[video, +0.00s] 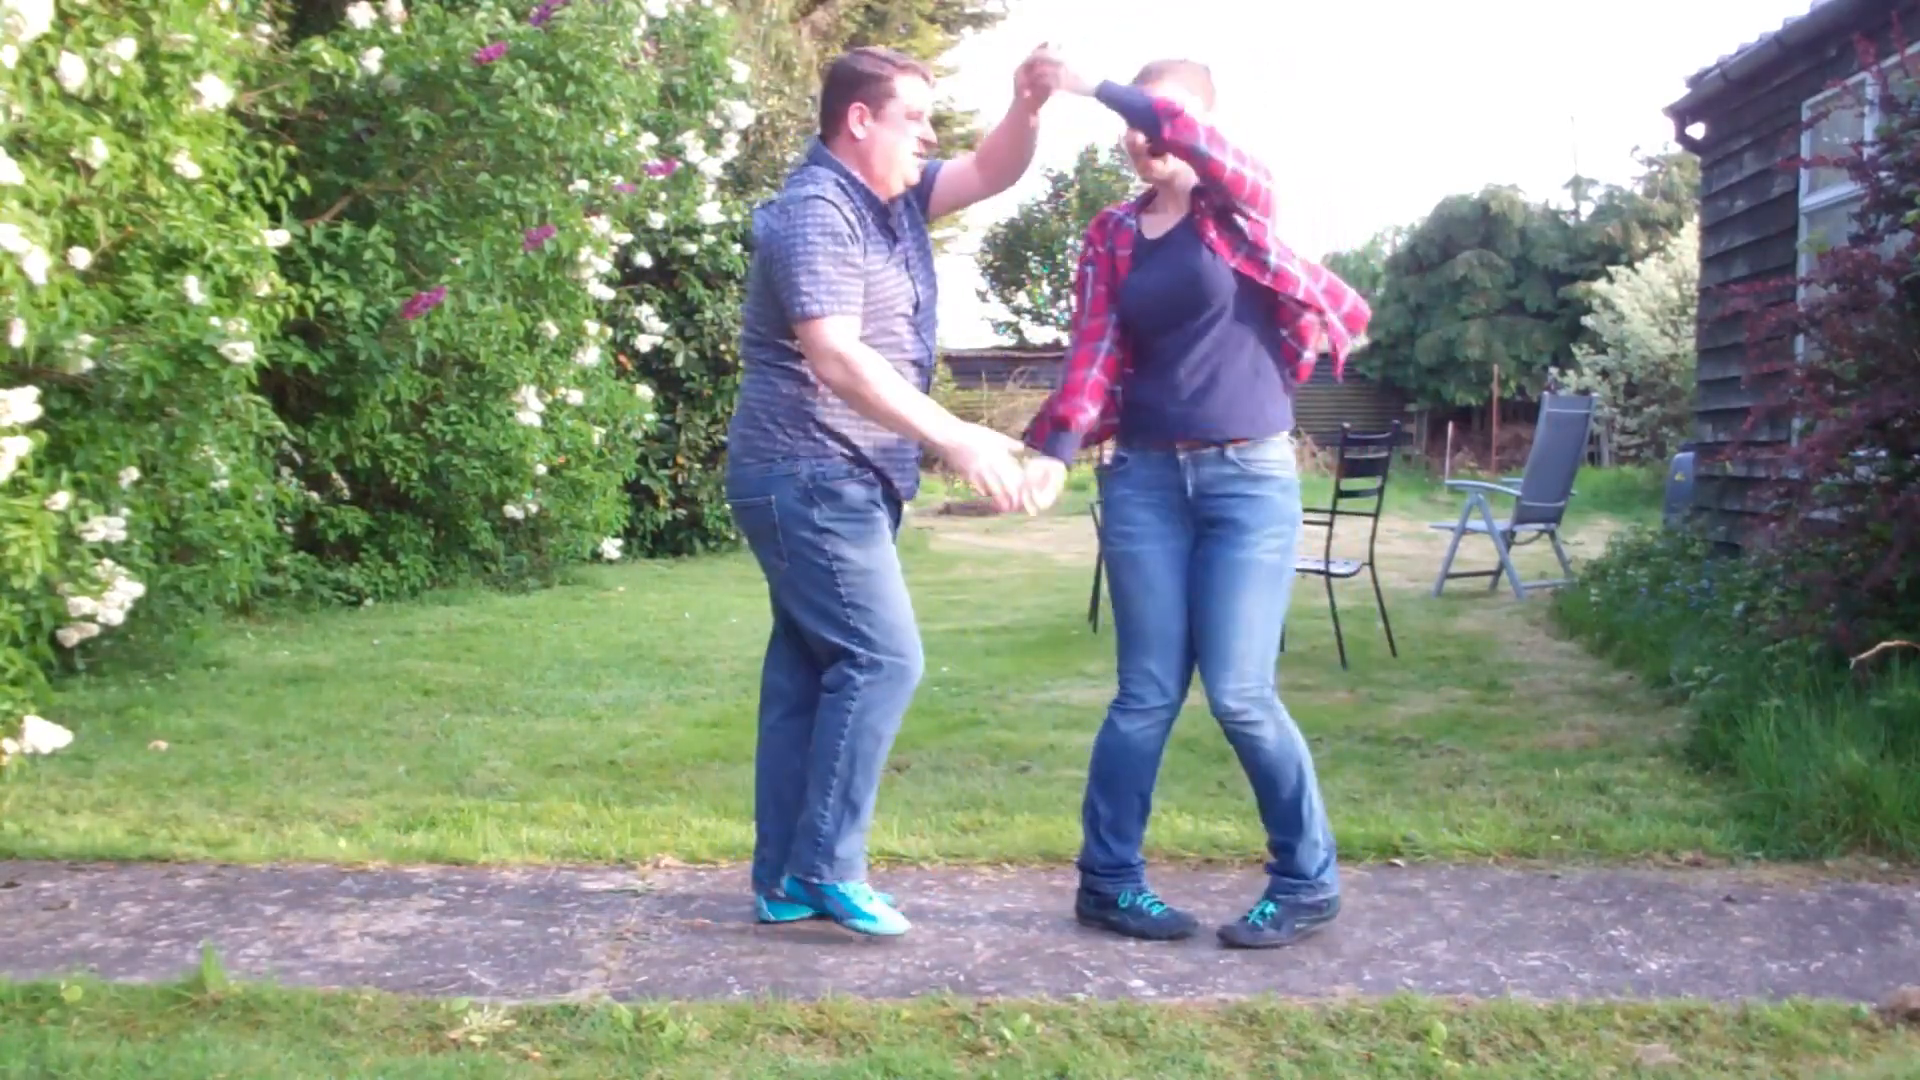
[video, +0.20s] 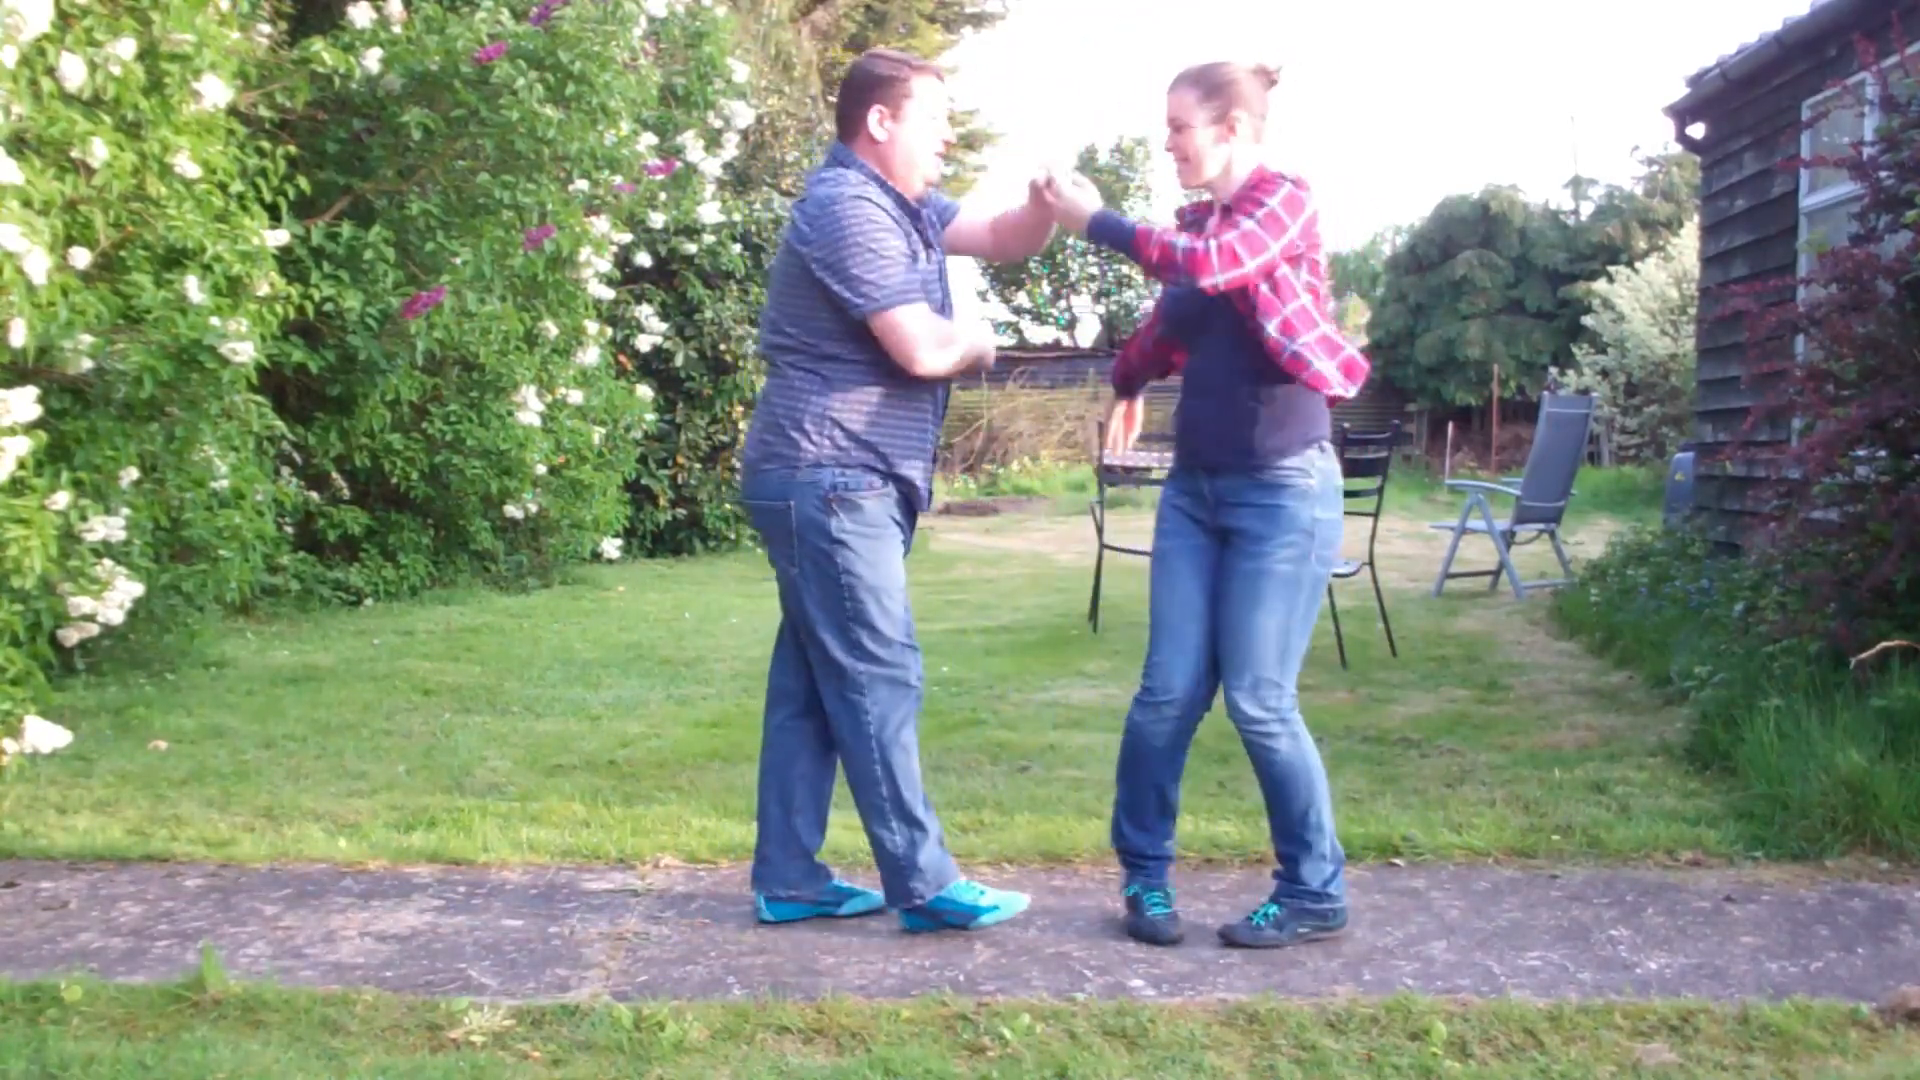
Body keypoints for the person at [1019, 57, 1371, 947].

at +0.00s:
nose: (1149, 137)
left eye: (1165, 122)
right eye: (1140, 121)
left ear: (1205, 128)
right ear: (1125, 135)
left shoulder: (1242, 205)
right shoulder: (1112, 230)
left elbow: (1188, 127)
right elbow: (1092, 352)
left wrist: (1095, 86)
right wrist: (1052, 449)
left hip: (1252, 476)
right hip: (1143, 479)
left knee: (1237, 691)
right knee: (1148, 691)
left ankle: (1308, 881)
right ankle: (1108, 880)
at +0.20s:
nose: (1169, 146)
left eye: (1182, 130)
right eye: (1168, 130)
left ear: (1236, 129)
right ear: (1201, 134)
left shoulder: (1285, 200)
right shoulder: (1193, 229)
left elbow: (1210, 263)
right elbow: (1165, 334)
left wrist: (1095, 220)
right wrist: (1127, 381)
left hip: (1287, 489)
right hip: (1194, 488)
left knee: (1257, 696)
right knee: (1168, 691)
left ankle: (1314, 891)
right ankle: (1144, 877)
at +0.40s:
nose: (1200, 149)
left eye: (1210, 131)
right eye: (1198, 134)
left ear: (1263, 130)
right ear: (1258, 132)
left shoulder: (1298, 212)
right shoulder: (1258, 218)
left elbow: (1225, 335)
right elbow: (1219, 187)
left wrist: (1121, 327)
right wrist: (1181, 148)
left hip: (1303, 484)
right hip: (1250, 486)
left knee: (1256, 696)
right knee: (1200, 686)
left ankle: (1312, 894)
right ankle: (1330, 831)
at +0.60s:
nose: (1241, 141)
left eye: (1252, 124)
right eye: (1243, 127)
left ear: (1301, 126)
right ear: (1299, 131)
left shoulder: (1318, 211)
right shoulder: (1309, 204)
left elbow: (1260, 348)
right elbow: (1222, 189)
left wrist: (1153, 377)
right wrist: (1186, 106)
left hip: (1316, 467)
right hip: (1328, 464)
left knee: (1272, 684)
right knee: (1318, 679)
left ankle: (1311, 889)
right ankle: (1432, 828)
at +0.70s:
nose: (1253, 135)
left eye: (1265, 120)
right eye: (1254, 122)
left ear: (1317, 128)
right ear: (1314, 130)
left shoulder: (1337, 214)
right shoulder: (1315, 211)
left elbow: (1280, 350)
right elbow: (1214, 217)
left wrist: (1174, 396)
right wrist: (1176, 134)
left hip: (1339, 466)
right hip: (1344, 464)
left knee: (1285, 679)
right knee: (1354, 680)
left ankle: (1310, 890)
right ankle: (1445, 843)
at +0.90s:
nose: (1265, 132)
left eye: (1278, 118)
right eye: (1266, 118)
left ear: (1331, 127)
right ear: (1317, 127)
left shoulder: (1361, 218)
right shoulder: (1297, 209)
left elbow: (1317, 351)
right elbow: (1201, 207)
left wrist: (1215, 422)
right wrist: (1174, 141)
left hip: (1367, 464)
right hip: (1341, 464)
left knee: (1301, 668)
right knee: (1368, 674)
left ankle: (1363, 864)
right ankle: (1450, 844)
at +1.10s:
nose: (1261, 132)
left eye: (1274, 117)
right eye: (1262, 117)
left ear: (1326, 123)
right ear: (1308, 122)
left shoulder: (1366, 217)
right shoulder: (1284, 204)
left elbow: (1340, 347)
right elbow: (1196, 180)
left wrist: (1233, 407)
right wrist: (1150, 98)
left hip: (1356, 464)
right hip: (1304, 466)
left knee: (1325, 673)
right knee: (1320, 669)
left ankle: (1386, 864)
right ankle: (1425, 820)